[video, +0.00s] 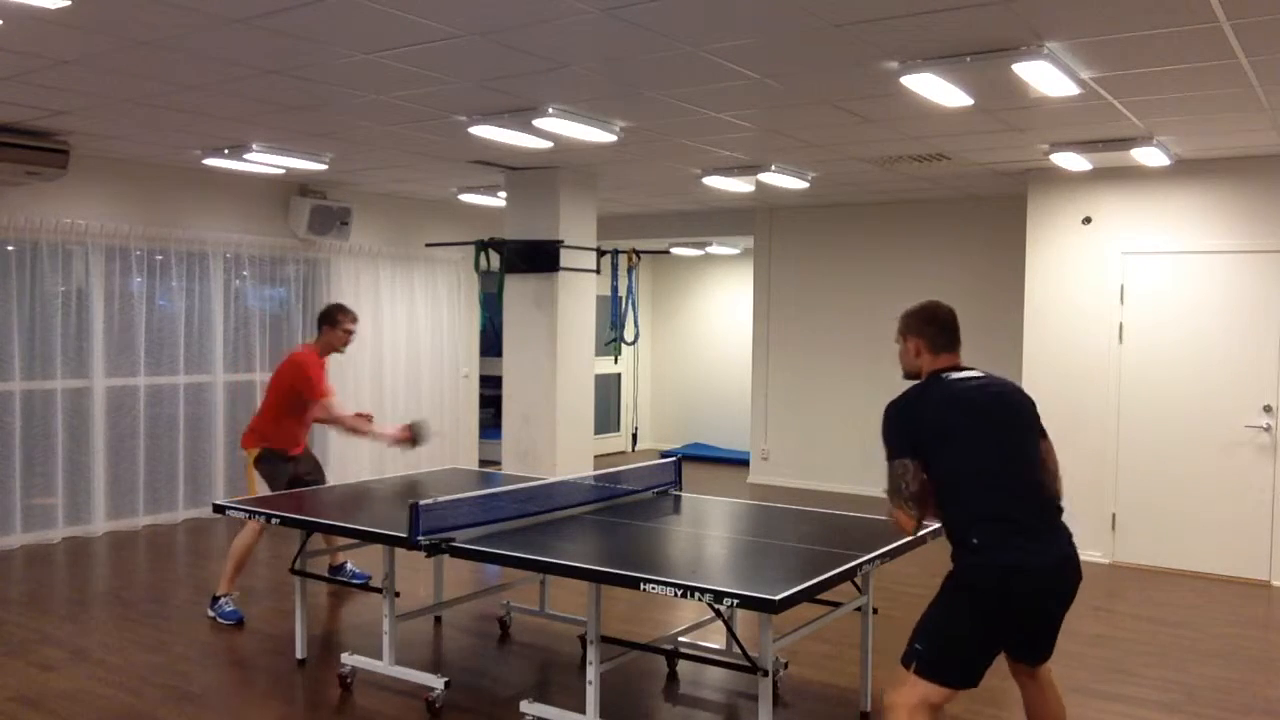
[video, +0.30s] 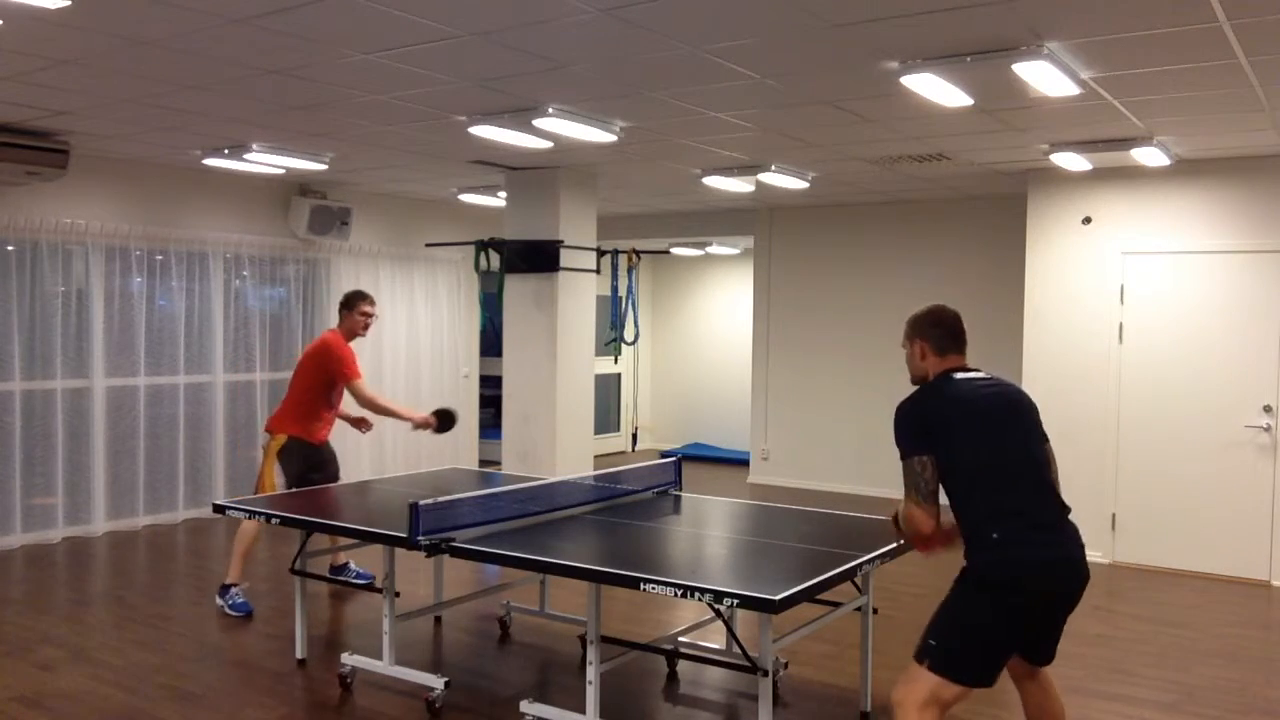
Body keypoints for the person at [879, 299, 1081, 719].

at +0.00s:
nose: (899, 356)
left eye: (900, 344)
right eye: (899, 345)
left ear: (915, 346)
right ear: (956, 345)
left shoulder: (906, 410)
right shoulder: (1011, 392)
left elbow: (908, 518)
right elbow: (1052, 490)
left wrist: (949, 482)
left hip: (988, 570)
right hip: (1057, 562)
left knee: (913, 700)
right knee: (1030, 667)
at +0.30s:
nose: (907, 362)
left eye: (906, 351)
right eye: (907, 351)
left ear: (920, 349)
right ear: (962, 348)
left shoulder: (918, 408)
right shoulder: (1012, 393)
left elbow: (924, 526)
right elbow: (1047, 491)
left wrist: (903, 513)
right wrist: (953, 531)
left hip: (1001, 568)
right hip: (1065, 560)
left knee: (916, 700)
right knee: (1028, 668)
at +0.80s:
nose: (834, 364)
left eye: (833, 353)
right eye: (832, 354)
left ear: (851, 355)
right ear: (888, 347)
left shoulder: (876, 433)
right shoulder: (923, 389)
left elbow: (894, 558)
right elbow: (872, 396)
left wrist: (860, 543)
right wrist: (810, 378)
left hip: (977, 592)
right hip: (1036, 572)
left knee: (872, 706)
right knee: (1031, 681)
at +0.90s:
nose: (825, 364)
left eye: (826, 354)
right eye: (823, 355)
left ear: (846, 359)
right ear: (885, 350)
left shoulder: (874, 440)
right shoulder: (923, 389)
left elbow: (899, 562)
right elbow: (877, 382)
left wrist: (862, 548)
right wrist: (827, 371)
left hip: (979, 592)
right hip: (1036, 569)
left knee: (875, 706)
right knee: (1026, 679)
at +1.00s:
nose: (834, 363)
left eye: (836, 353)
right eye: (833, 353)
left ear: (857, 359)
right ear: (895, 352)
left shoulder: (876, 437)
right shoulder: (938, 392)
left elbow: (896, 560)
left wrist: (864, 539)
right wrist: (866, 411)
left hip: (981, 592)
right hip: (1037, 572)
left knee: (875, 706)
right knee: (1024, 683)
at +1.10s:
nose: (852, 360)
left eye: (858, 349)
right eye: (854, 349)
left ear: (881, 356)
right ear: (915, 353)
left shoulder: (887, 429)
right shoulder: (963, 398)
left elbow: (898, 548)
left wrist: (870, 531)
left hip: (985, 591)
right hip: (1045, 574)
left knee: (881, 706)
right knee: (1031, 682)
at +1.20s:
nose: (883, 363)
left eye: (888, 352)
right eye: (884, 353)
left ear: (912, 357)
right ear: (939, 358)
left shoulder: (905, 421)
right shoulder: (994, 408)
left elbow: (899, 538)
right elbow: (1002, 499)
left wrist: (887, 550)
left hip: (989, 590)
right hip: (1057, 579)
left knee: (887, 703)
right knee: (1042, 680)